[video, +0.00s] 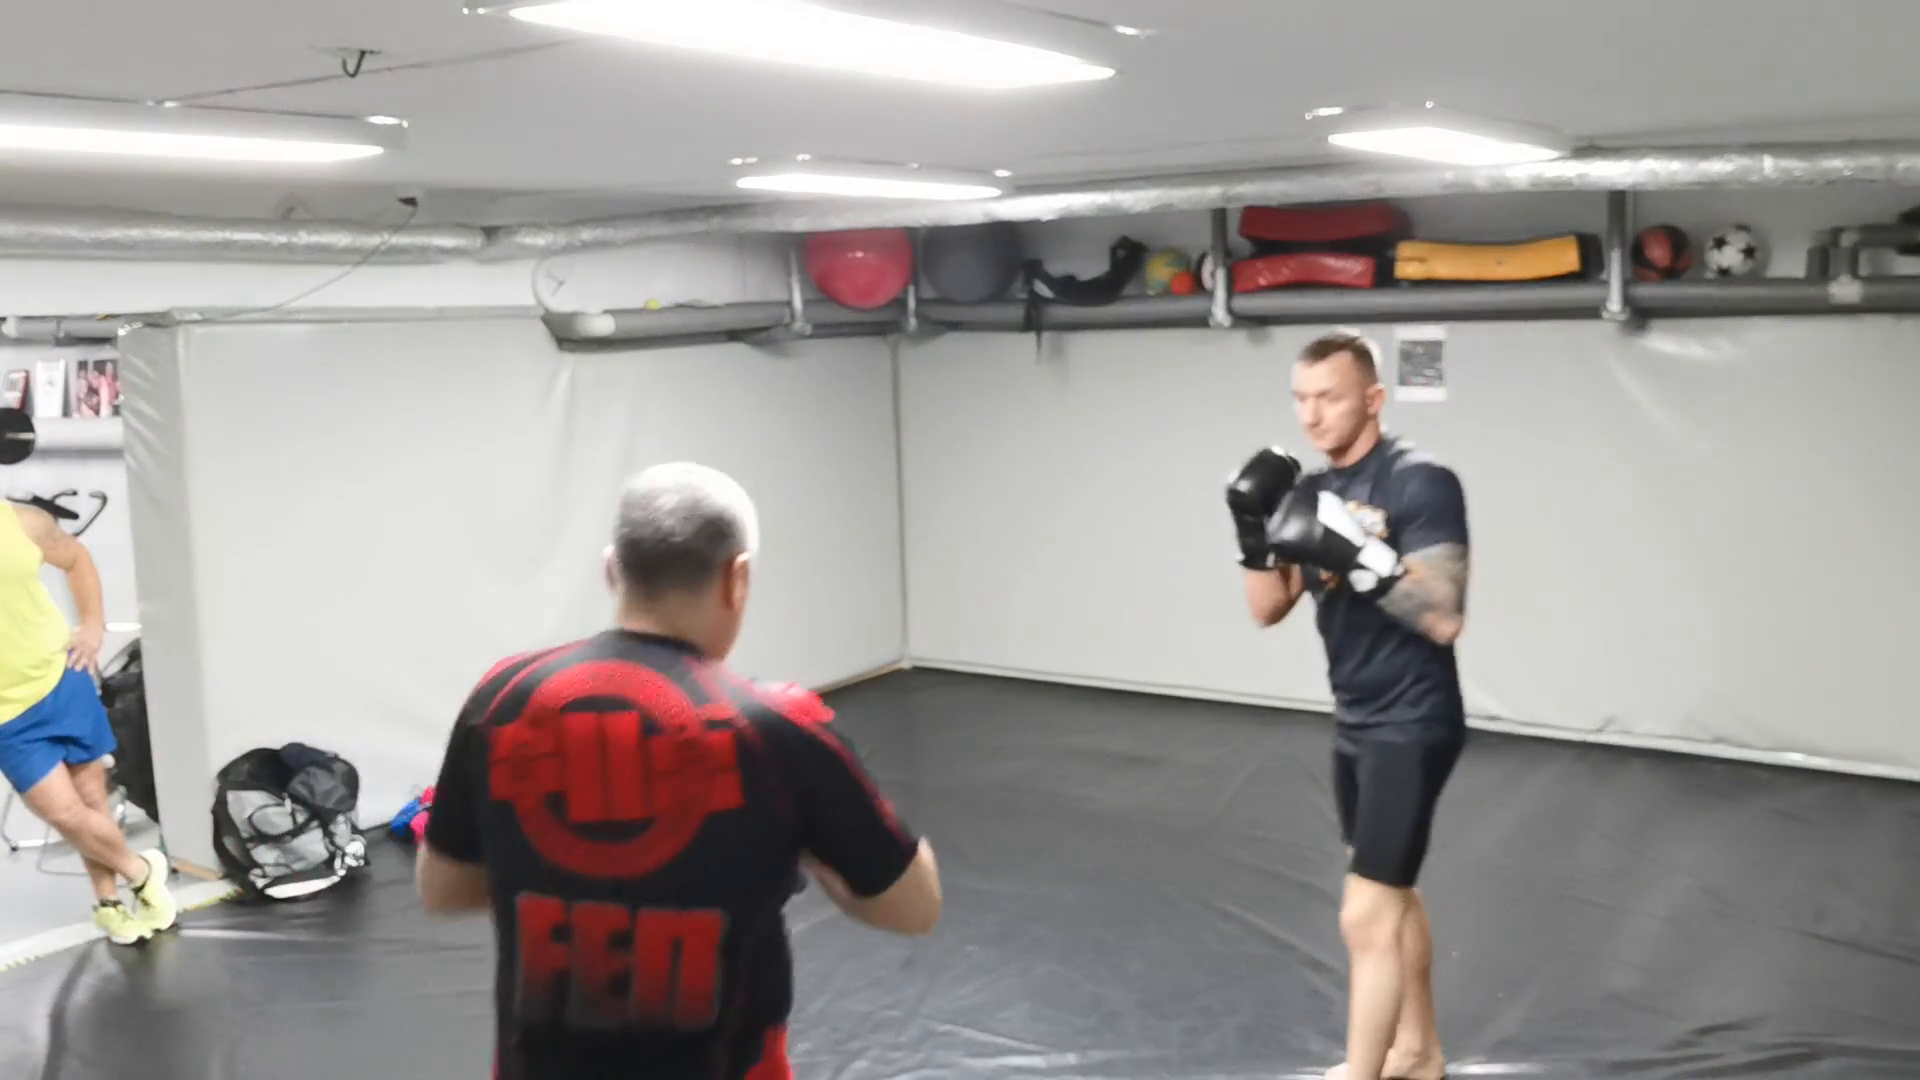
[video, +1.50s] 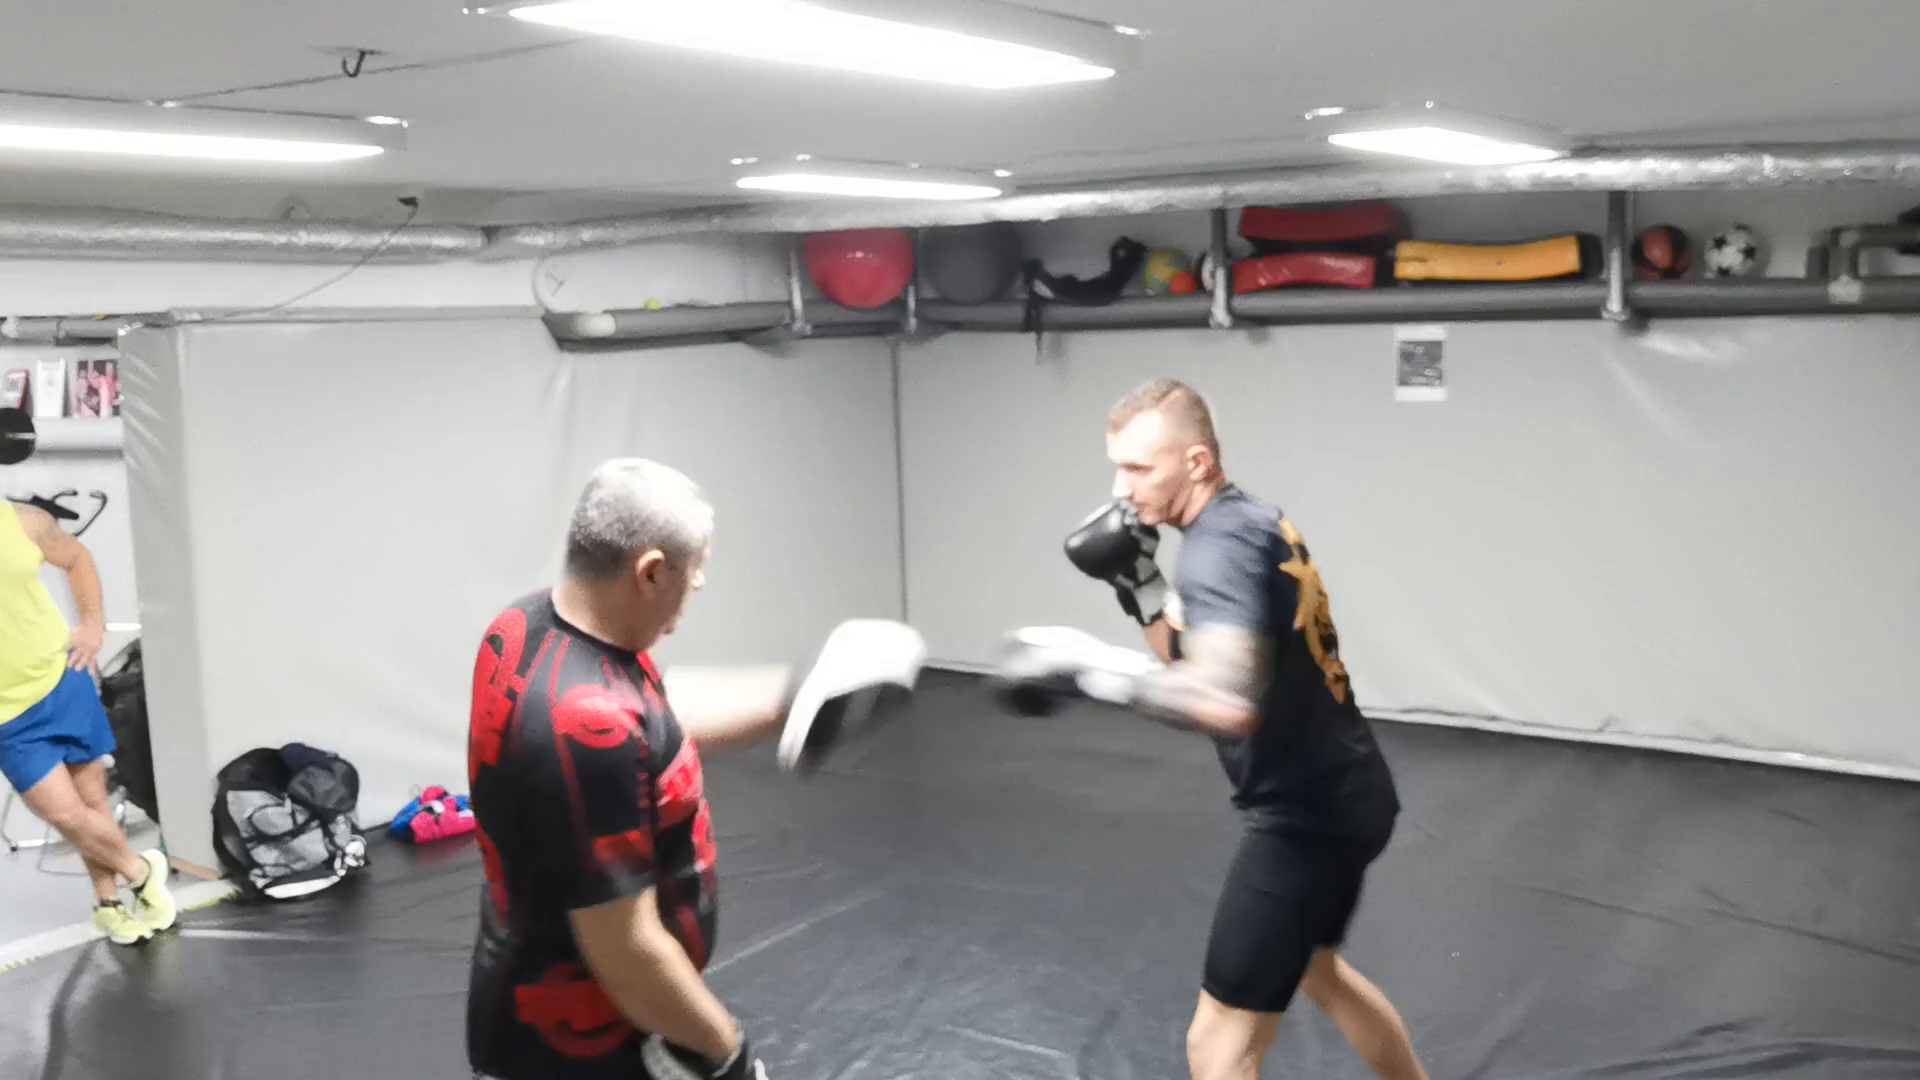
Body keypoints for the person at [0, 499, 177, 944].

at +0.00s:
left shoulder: (20, 522)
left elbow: (76, 557)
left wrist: (92, 623)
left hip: (62, 683)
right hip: (7, 715)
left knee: (91, 798)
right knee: (65, 816)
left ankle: (107, 901)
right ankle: (142, 872)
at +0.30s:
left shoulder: (21, 522)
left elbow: (76, 558)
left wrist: (92, 624)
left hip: (62, 683)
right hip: (7, 715)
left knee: (91, 797)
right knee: (64, 815)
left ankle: (107, 901)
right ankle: (142, 872)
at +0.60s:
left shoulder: (21, 522)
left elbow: (76, 559)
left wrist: (92, 624)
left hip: (63, 683)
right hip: (7, 715)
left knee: (91, 799)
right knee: (66, 818)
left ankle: (108, 901)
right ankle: (142, 872)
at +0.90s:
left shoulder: (22, 522)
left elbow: (76, 559)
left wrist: (92, 624)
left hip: (62, 683)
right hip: (8, 716)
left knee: (91, 799)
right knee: (66, 817)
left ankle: (108, 901)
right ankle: (142, 872)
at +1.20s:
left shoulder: (22, 522)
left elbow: (77, 558)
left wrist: (93, 623)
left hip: (63, 683)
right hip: (8, 716)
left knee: (92, 800)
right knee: (67, 818)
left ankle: (108, 902)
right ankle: (142, 872)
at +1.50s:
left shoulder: (21, 522)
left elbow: (76, 557)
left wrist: (92, 622)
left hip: (62, 682)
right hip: (8, 715)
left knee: (92, 798)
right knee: (66, 817)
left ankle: (108, 902)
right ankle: (142, 872)